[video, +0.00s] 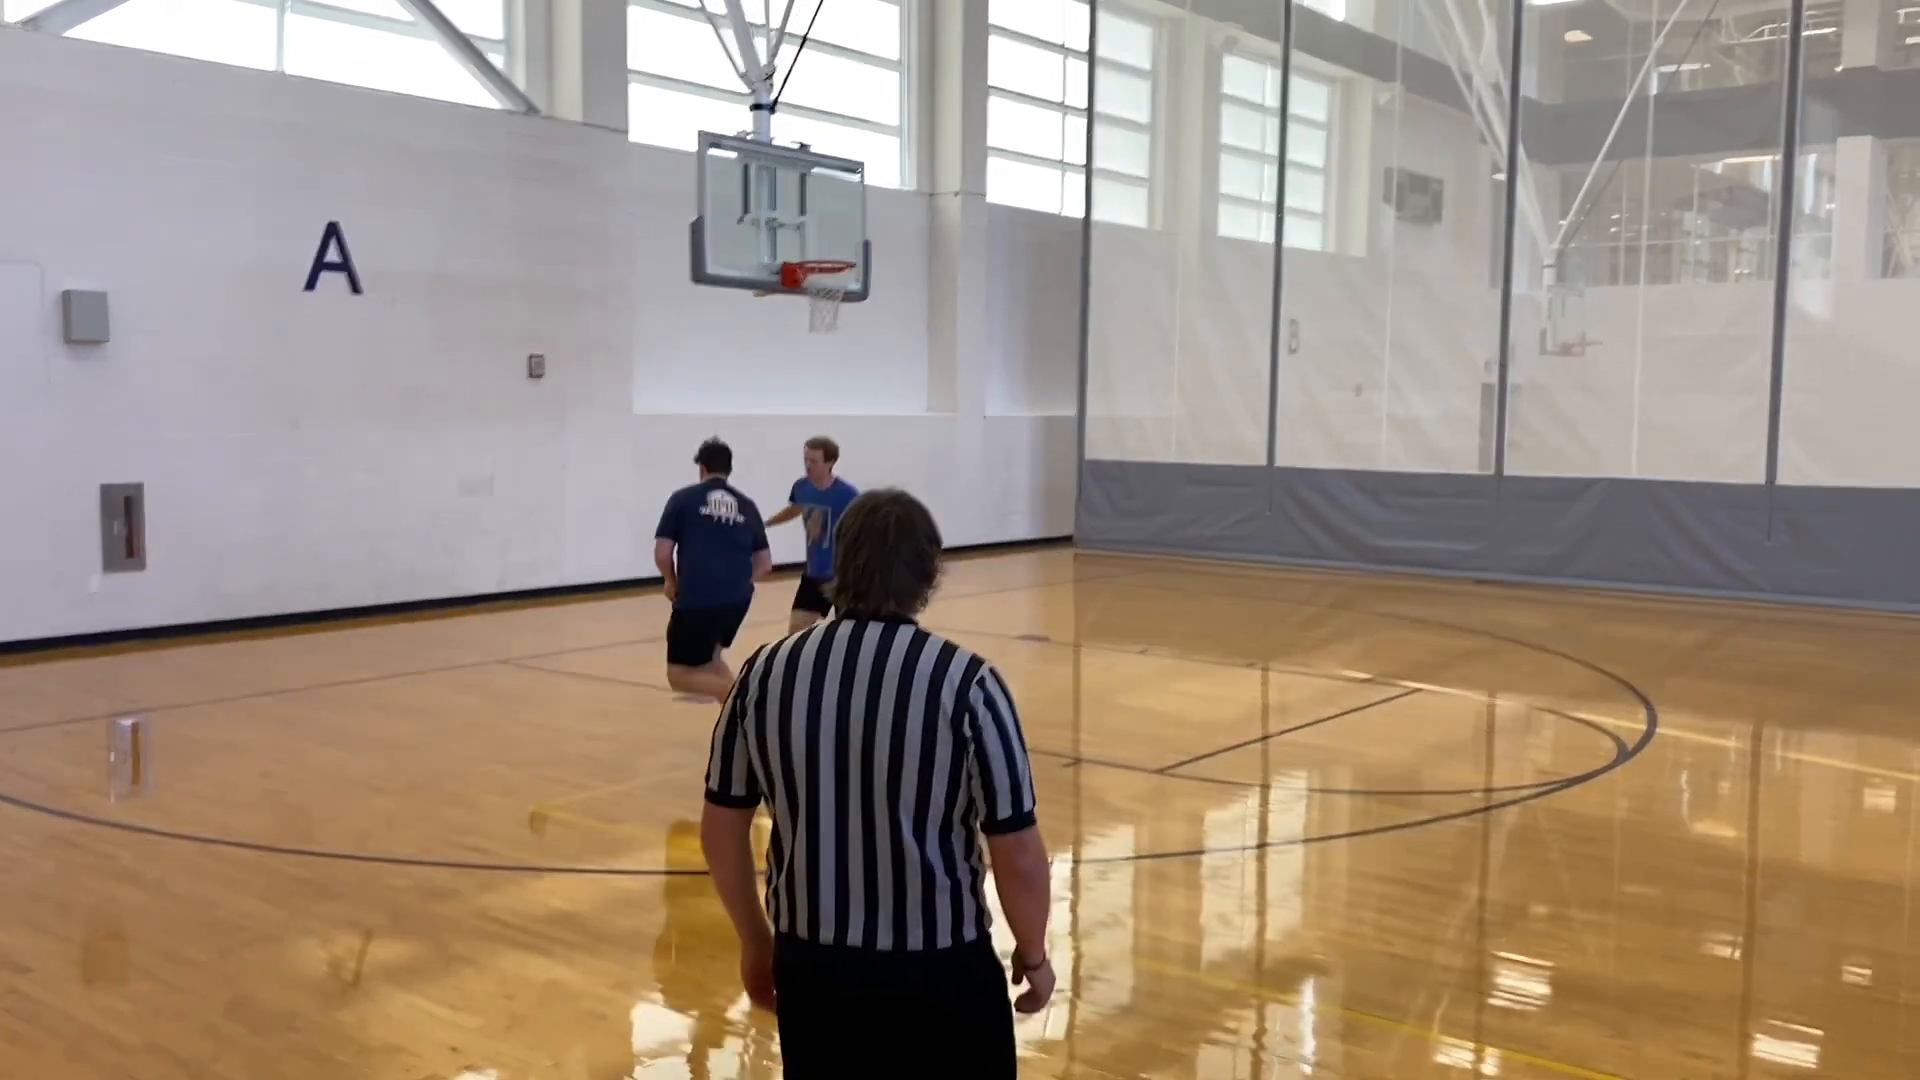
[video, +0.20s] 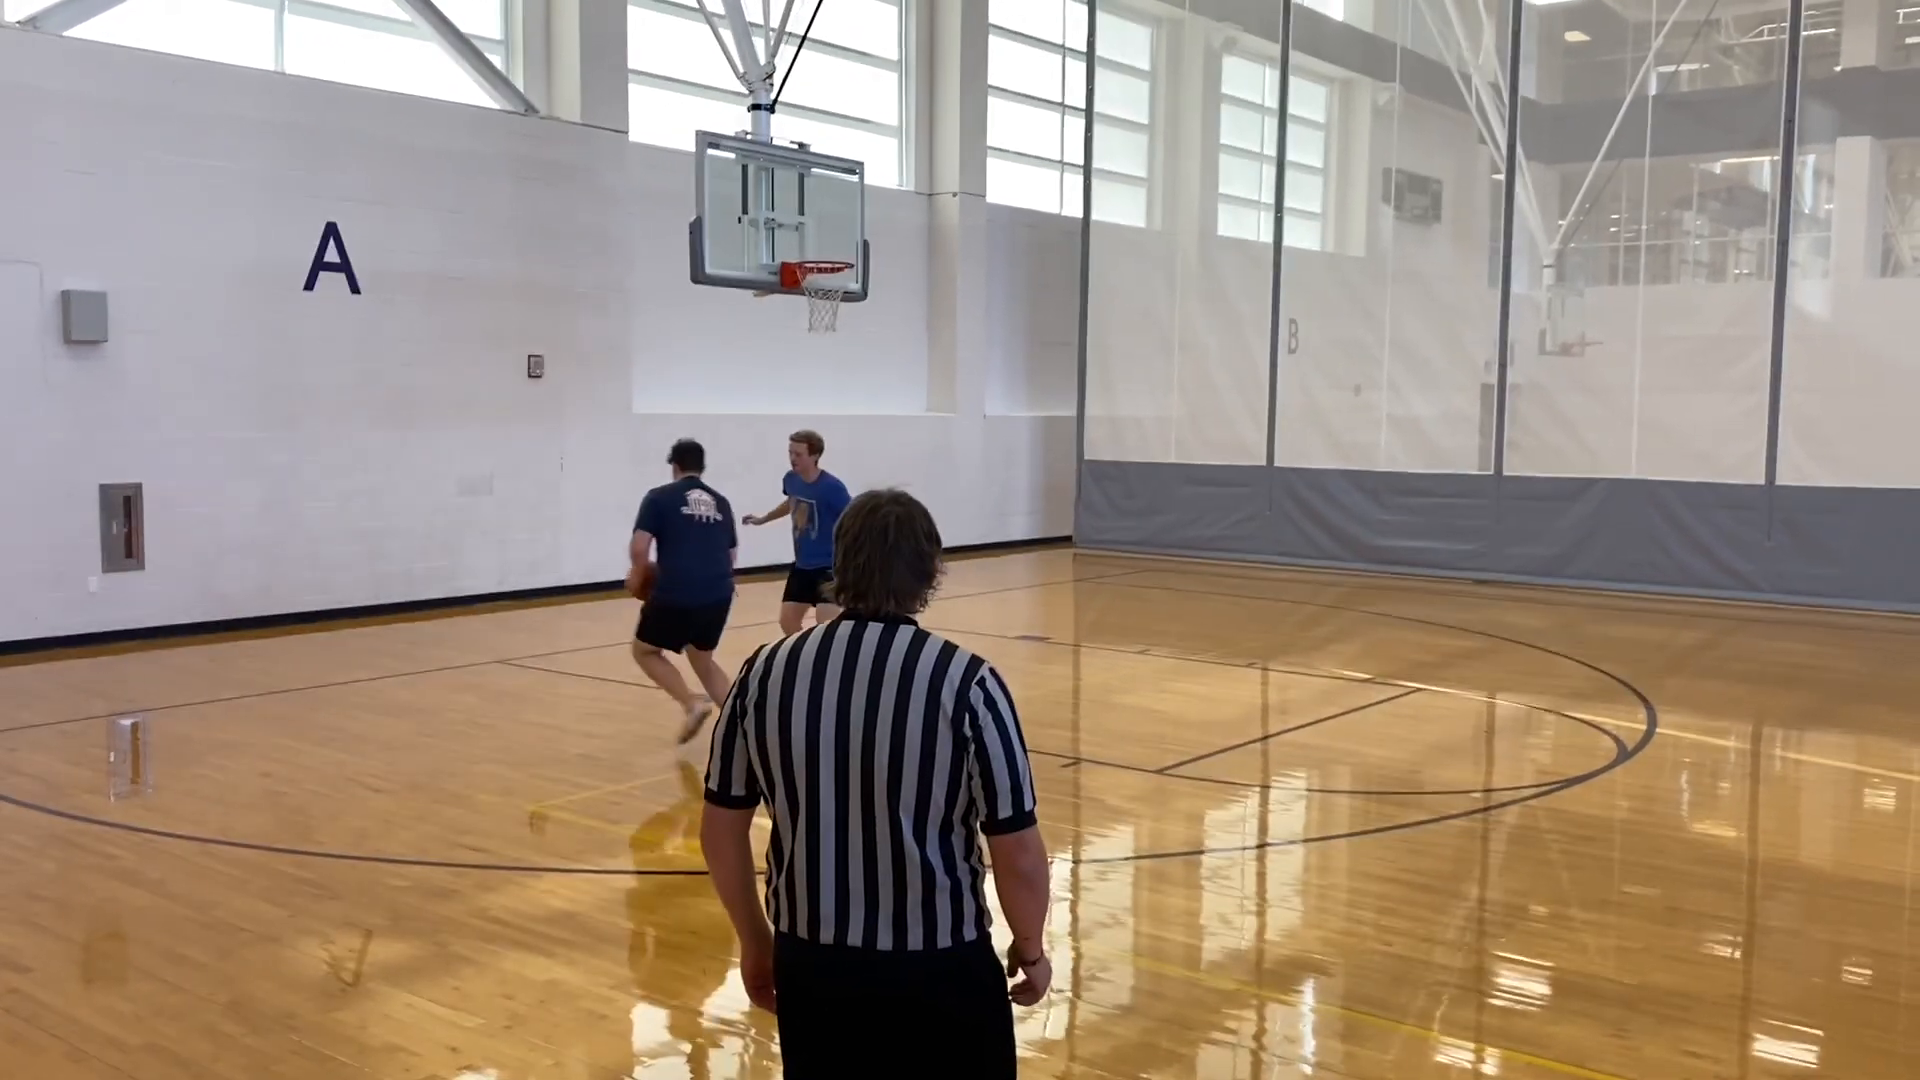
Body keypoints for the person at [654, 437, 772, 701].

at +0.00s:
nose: (699, 471)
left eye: (699, 467)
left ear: (702, 468)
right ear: (729, 469)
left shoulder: (683, 499)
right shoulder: (747, 505)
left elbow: (663, 552)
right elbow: (764, 563)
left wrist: (670, 580)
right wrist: (739, 576)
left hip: (698, 595)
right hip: (738, 595)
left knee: (678, 675)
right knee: (713, 657)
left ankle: (735, 693)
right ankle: (742, 706)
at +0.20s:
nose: (673, 469)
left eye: (672, 465)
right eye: (679, 466)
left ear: (674, 466)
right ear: (702, 466)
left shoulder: (659, 498)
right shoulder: (720, 501)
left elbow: (639, 548)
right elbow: (731, 556)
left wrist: (641, 575)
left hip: (675, 593)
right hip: (718, 593)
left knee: (645, 650)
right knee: (701, 655)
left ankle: (692, 703)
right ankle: (738, 716)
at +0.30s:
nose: (659, 467)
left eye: (659, 463)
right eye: (664, 464)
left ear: (661, 464)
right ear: (689, 464)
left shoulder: (647, 494)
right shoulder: (706, 497)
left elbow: (629, 541)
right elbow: (713, 545)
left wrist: (623, 569)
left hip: (664, 590)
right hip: (708, 591)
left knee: (631, 640)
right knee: (697, 655)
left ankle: (660, 714)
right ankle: (738, 715)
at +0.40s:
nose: (649, 462)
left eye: (648, 458)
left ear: (646, 460)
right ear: (675, 460)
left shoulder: (635, 491)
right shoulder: (693, 494)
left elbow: (620, 537)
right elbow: (691, 544)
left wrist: (613, 563)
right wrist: (639, 562)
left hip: (651, 590)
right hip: (696, 591)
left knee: (618, 635)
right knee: (696, 658)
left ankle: (628, 718)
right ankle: (739, 714)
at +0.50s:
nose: (636, 458)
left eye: (634, 453)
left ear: (632, 456)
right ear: (661, 456)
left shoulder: (622, 486)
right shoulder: (678, 488)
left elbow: (611, 532)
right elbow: (671, 538)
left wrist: (598, 558)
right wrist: (620, 556)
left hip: (639, 586)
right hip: (684, 585)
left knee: (606, 634)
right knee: (696, 659)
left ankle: (596, 713)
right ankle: (739, 717)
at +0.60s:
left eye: (620, 449)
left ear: (618, 451)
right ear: (646, 451)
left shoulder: (608, 482)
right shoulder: (664, 484)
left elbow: (600, 528)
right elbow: (654, 533)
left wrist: (585, 555)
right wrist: (599, 551)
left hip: (627, 583)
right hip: (672, 581)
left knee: (593, 640)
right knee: (692, 655)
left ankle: (572, 708)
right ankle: (737, 711)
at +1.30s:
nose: (563, 434)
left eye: (561, 430)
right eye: (561, 430)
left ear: (527, 437)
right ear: (557, 436)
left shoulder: (512, 466)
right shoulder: (575, 464)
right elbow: (613, 480)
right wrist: (577, 456)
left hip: (540, 570)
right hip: (583, 564)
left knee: (537, 642)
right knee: (590, 598)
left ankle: (547, 716)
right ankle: (614, 632)